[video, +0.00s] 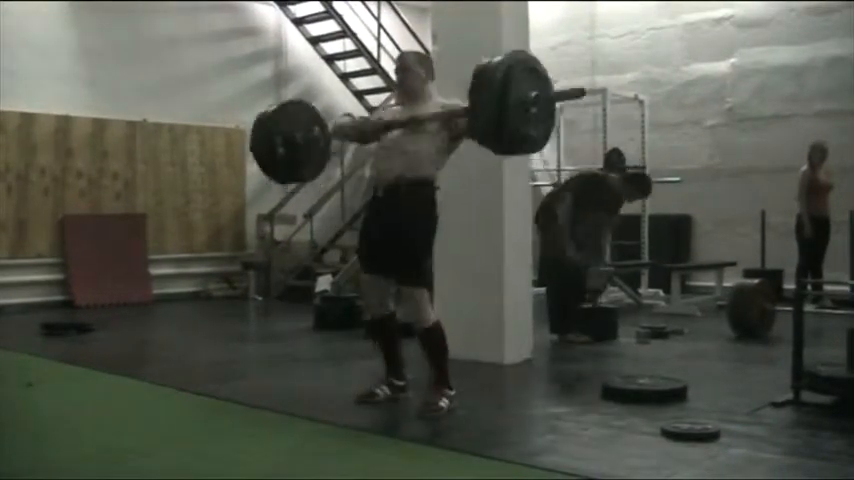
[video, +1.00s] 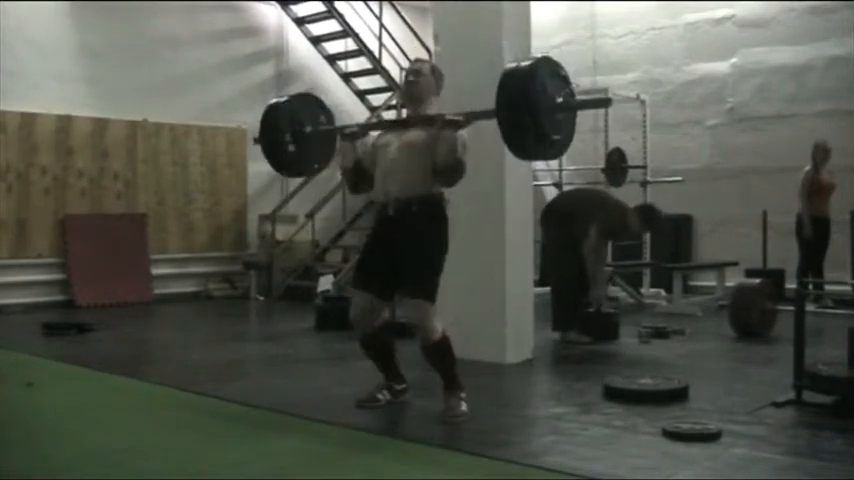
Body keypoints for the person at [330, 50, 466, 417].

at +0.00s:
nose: (399, 76)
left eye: (407, 70)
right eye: (397, 71)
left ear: (428, 75)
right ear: (396, 78)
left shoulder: (445, 113)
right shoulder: (386, 112)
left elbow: (481, 120)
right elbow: (340, 130)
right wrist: (377, 129)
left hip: (416, 201)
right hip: (380, 201)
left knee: (415, 299)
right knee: (374, 294)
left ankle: (442, 387)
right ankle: (395, 380)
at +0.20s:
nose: (403, 91)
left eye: (411, 84)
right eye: (401, 85)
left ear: (430, 85)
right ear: (399, 89)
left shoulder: (450, 116)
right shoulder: (393, 128)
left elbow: (495, 112)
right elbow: (342, 154)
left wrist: (471, 125)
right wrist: (365, 145)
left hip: (418, 209)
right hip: (382, 209)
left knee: (412, 308)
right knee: (364, 299)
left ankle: (444, 389)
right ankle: (395, 381)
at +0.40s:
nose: (399, 99)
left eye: (406, 92)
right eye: (396, 93)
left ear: (425, 92)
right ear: (393, 97)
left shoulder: (447, 124)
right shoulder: (389, 136)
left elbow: (490, 132)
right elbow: (354, 163)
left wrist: (460, 152)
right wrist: (357, 161)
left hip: (423, 217)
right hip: (387, 217)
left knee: (409, 313)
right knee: (359, 306)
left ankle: (443, 390)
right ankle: (394, 381)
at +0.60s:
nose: (408, 61)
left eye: (416, 55)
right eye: (405, 55)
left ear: (434, 62)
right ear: (402, 63)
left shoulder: (454, 97)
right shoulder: (392, 106)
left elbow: (493, 110)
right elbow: (347, 134)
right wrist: (361, 127)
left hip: (429, 195)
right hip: (389, 196)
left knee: (428, 292)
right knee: (372, 286)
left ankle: (446, 387)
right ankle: (384, 373)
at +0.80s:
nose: (407, 69)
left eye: (415, 63)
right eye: (404, 63)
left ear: (432, 71)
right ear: (399, 72)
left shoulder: (444, 110)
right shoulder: (392, 121)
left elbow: (472, 157)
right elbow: (371, 168)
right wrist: (357, 129)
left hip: (426, 203)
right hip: (388, 206)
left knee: (430, 301)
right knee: (374, 297)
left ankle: (455, 392)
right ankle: (393, 380)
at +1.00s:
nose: (408, 77)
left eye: (418, 73)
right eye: (406, 73)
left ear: (436, 86)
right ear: (400, 84)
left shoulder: (443, 129)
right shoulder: (384, 136)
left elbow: (448, 177)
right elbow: (359, 185)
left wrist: (447, 133)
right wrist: (348, 150)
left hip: (425, 218)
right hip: (387, 221)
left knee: (417, 311)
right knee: (364, 308)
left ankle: (453, 391)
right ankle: (394, 383)